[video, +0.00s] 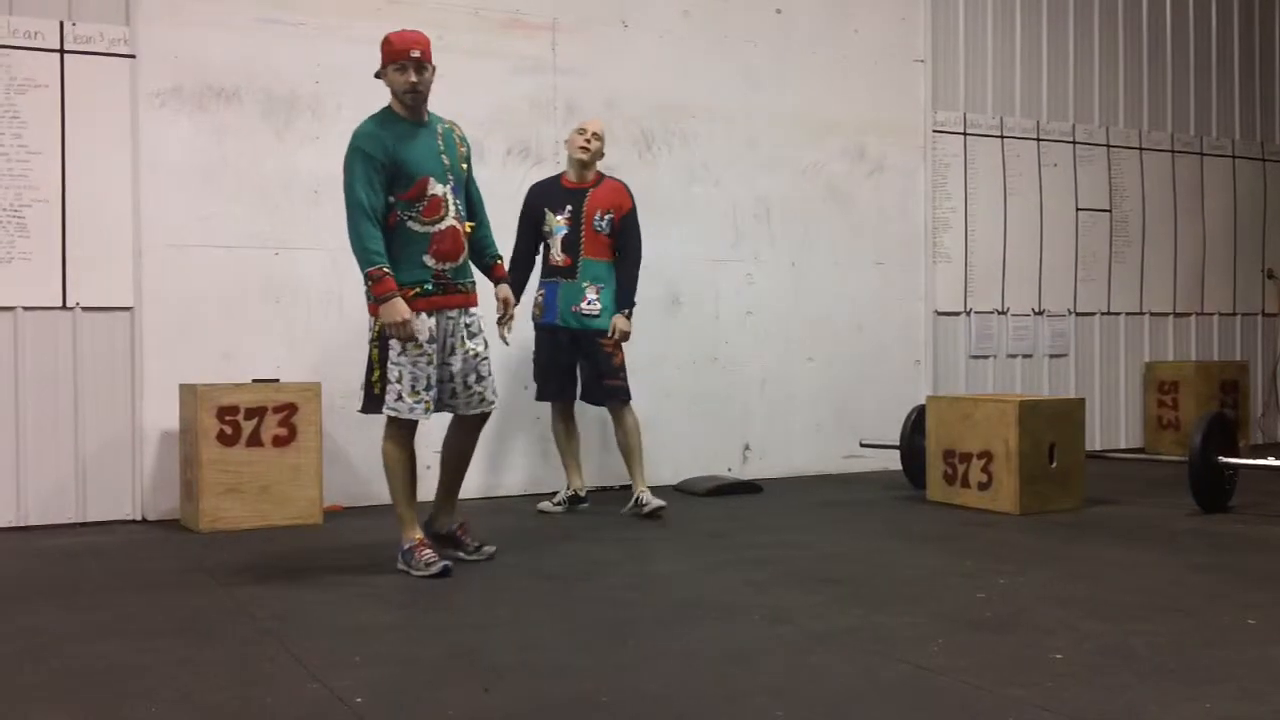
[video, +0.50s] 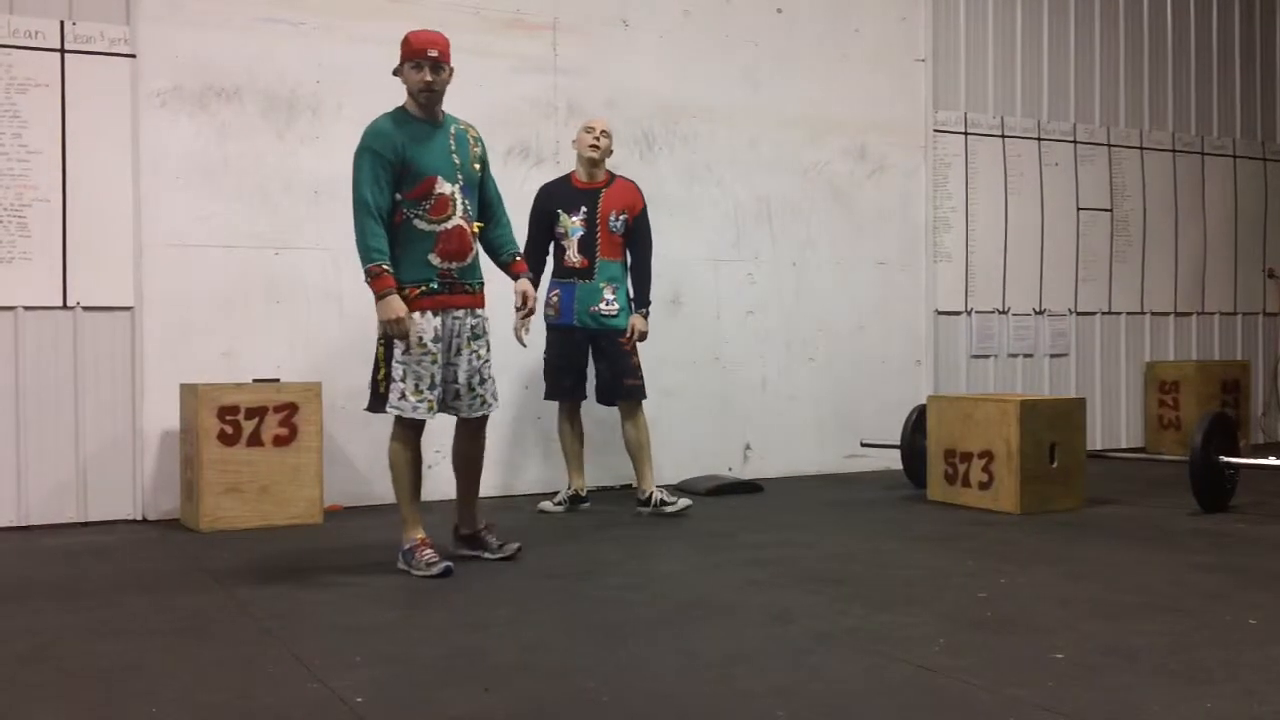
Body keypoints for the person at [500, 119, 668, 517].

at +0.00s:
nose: (587, 140)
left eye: (595, 137)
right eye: (582, 134)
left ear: (602, 152)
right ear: (567, 143)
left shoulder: (617, 193)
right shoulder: (541, 192)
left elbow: (630, 254)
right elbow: (524, 252)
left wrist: (624, 310)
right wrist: (508, 302)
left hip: (601, 318)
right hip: (553, 318)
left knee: (618, 402)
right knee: (560, 402)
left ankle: (640, 489)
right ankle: (575, 487)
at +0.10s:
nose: (587, 140)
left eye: (595, 137)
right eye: (581, 134)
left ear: (601, 150)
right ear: (566, 142)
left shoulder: (617, 194)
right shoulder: (540, 193)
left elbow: (629, 256)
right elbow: (522, 252)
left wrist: (627, 311)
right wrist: (510, 299)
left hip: (601, 317)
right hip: (552, 316)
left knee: (620, 403)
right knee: (561, 403)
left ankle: (641, 490)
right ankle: (575, 489)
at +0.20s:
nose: (588, 140)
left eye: (595, 137)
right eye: (582, 134)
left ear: (602, 150)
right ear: (566, 143)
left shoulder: (617, 194)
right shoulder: (539, 194)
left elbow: (630, 256)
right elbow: (523, 254)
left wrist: (629, 310)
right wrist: (511, 300)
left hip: (603, 316)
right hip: (554, 317)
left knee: (621, 402)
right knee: (562, 403)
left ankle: (643, 488)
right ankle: (575, 488)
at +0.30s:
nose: (588, 139)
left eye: (596, 137)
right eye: (582, 133)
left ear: (603, 151)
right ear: (566, 143)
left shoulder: (619, 193)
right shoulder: (541, 194)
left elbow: (632, 256)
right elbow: (524, 253)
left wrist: (631, 310)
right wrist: (513, 301)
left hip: (605, 316)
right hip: (555, 317)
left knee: (623, 402)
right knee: (563, 402)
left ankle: (644, 489)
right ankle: (576, 488)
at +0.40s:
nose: (592, 138)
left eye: (599, 136)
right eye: (585, 132)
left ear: (606, 151)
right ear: (570, 143)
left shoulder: (623, 193)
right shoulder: (545, 194)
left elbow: (635, 255)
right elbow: (528, 254)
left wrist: (635, 310)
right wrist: (517, 302)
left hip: (609, 316)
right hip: (559, 317)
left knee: (627, 402)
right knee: (565, 403)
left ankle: (646, 489)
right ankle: (575, 488)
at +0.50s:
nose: (597, 138)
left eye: (604, 135)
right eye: (590, 132)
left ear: (611, 150)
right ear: (575, 143)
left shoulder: (628, 193)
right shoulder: (551, 194)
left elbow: (641, 255)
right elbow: (534, 253)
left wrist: (641, 310)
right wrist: (525, 302)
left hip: (614, 315)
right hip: (565, 316)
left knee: (630, 403)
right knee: (568, 402)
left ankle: (647, 491)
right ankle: (576, 488)